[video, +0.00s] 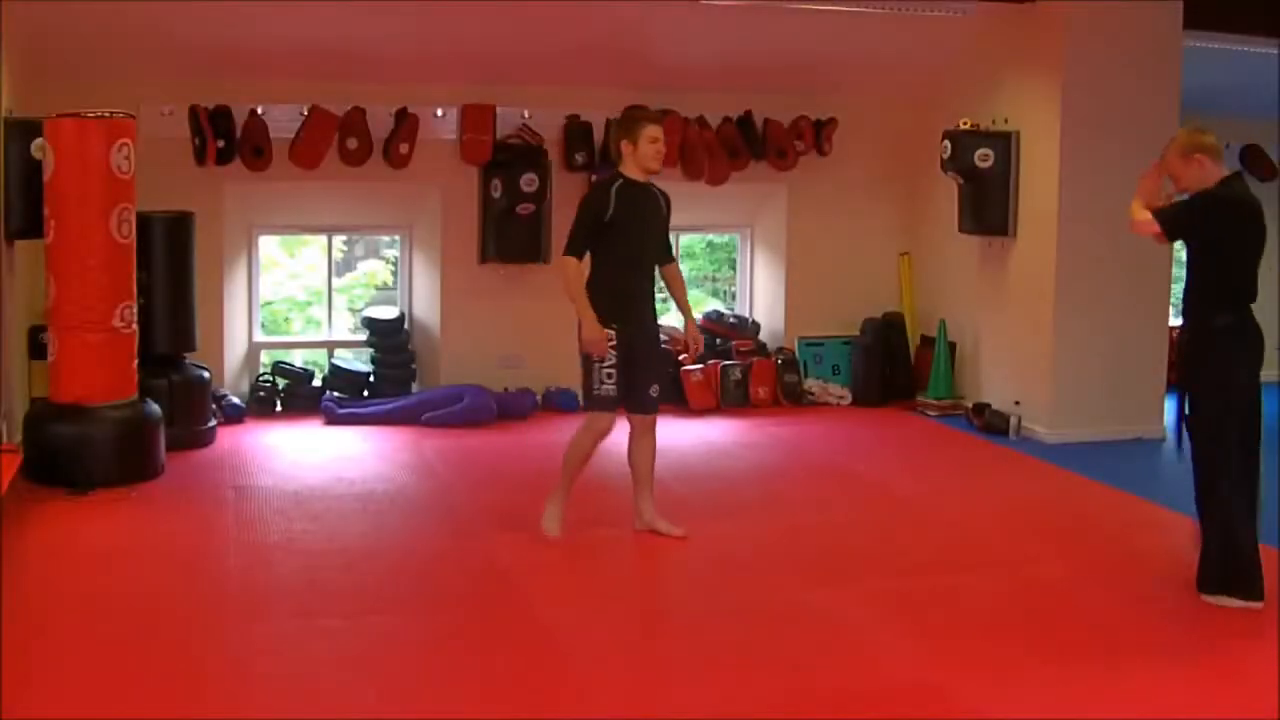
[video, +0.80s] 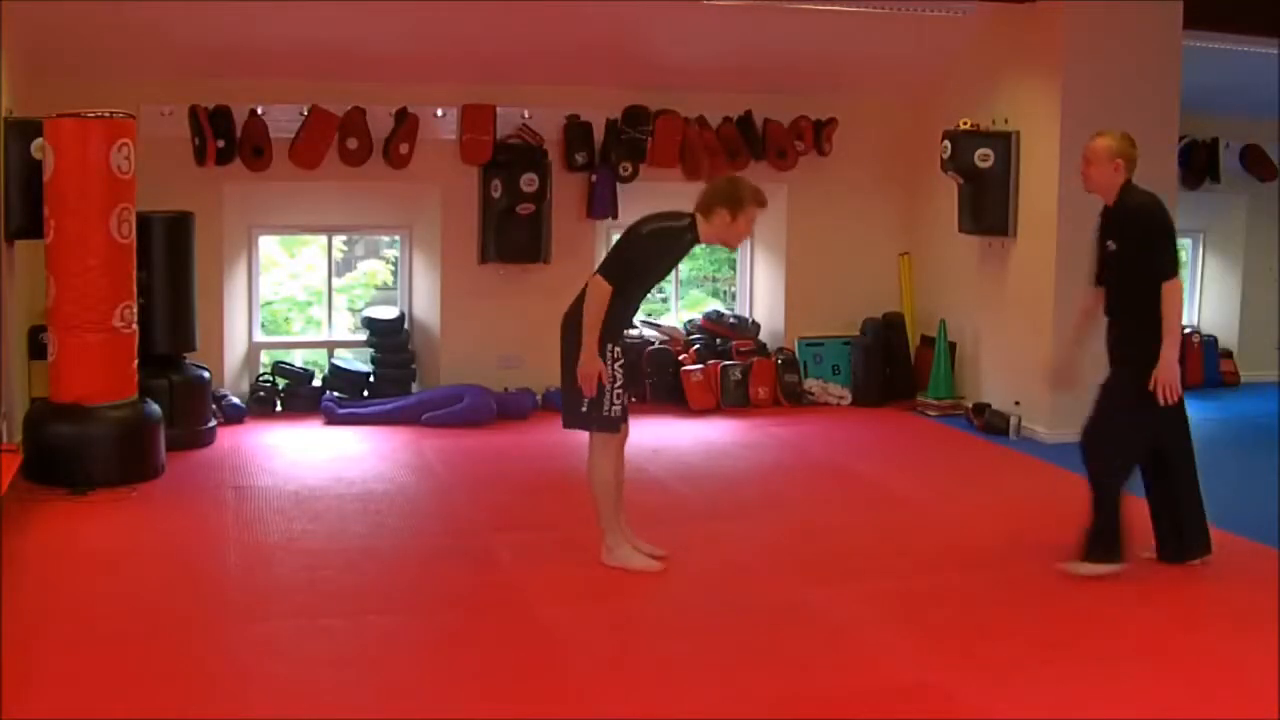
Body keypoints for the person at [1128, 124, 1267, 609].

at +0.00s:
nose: (1176, 183)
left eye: (1178, 174)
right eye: (1174, 176)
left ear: (1199, 163)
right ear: (1211, 161)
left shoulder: (1215, 204)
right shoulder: (1244, 203)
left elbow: (1142, 224)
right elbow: (1173, 228)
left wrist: (1146, 196)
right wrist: (1159, 199)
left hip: (1215, 340)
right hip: (1238, 335)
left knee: (1218, 458)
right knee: (1232, 458)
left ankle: (1236, 582)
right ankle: (1231, 575)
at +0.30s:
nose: (1131, 212)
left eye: (1129, 204)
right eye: (1127, 207)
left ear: (1145, 186)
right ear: (1148, 180)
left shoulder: (1186, 207)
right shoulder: (1192, 201)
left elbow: (1126, 252)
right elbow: (1136, 251)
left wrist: (1105, 231)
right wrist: (1115, 230)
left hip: (1208, 343)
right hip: (1196, 338)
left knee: (1194, 451)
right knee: (1180, 442)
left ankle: (1235, 559)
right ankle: (1175, 536)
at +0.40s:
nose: (1116, 213)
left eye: (1113, 203)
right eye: (1111, 206)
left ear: (1131, 183)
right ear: (1136, 178)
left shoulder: (1171, 204)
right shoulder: (1184, 199)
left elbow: (1128, 260)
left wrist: (1092, 253)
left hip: (1202, 338)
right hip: (1198, 334)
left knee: (1190, 448)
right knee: (1181, 444)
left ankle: (1223, 554)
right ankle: (1174, 540)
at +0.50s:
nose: (1106, 194)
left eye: (1107, 185)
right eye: (1103, 186)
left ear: (1132, 173)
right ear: (1133, 173)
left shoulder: (1166, 207)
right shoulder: (1172, 202)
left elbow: (1138, 283)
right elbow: (1197, 287)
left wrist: (1079, 311)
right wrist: (1223, 351)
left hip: (1191, 340)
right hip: (1187, 337)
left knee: (1189, 445)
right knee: (1175, 442)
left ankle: (1219, 550)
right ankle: (1178, 541)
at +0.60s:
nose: (1097, 180)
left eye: (1103, 170)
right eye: (1097, 171)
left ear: (1131, 170)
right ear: (1129, 171)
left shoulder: (1159, 210)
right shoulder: (1149, 209)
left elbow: (1164, 290)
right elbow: (1159, 289)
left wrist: (1141, 353)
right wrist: (1144, 349)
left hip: (1181, 340)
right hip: (1169, 339)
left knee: (1167, 440)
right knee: (1159, 439)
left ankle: (1209, 541)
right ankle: (1178, 540)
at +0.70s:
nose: (1091, 174)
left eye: (1098, 166)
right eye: (1092, 166)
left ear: (1125, 169)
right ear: (1121, 169)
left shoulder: (1153, 209)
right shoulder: (1133, 211)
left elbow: (1179, 288)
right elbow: (1150, 289)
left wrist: (1165, 357)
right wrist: (1139, 351)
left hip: (1161, 353)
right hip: (1149, 349)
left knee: (1128, 444)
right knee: (1171, 445)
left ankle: (1170, 543)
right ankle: (1194, 537)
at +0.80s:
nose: (1081, 169)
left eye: (1089, 162)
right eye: (1083, 161)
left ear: (1116, 168)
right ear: (1111, 168)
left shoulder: (1146, 210)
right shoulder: (1110, 214)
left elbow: (1171, 285)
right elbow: (1100, 290)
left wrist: (1170, 357)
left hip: (1146, 360)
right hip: (1131, 357)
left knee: (1101, 445)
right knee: (1163, 451)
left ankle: (1104, 550)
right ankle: (1185, 541)